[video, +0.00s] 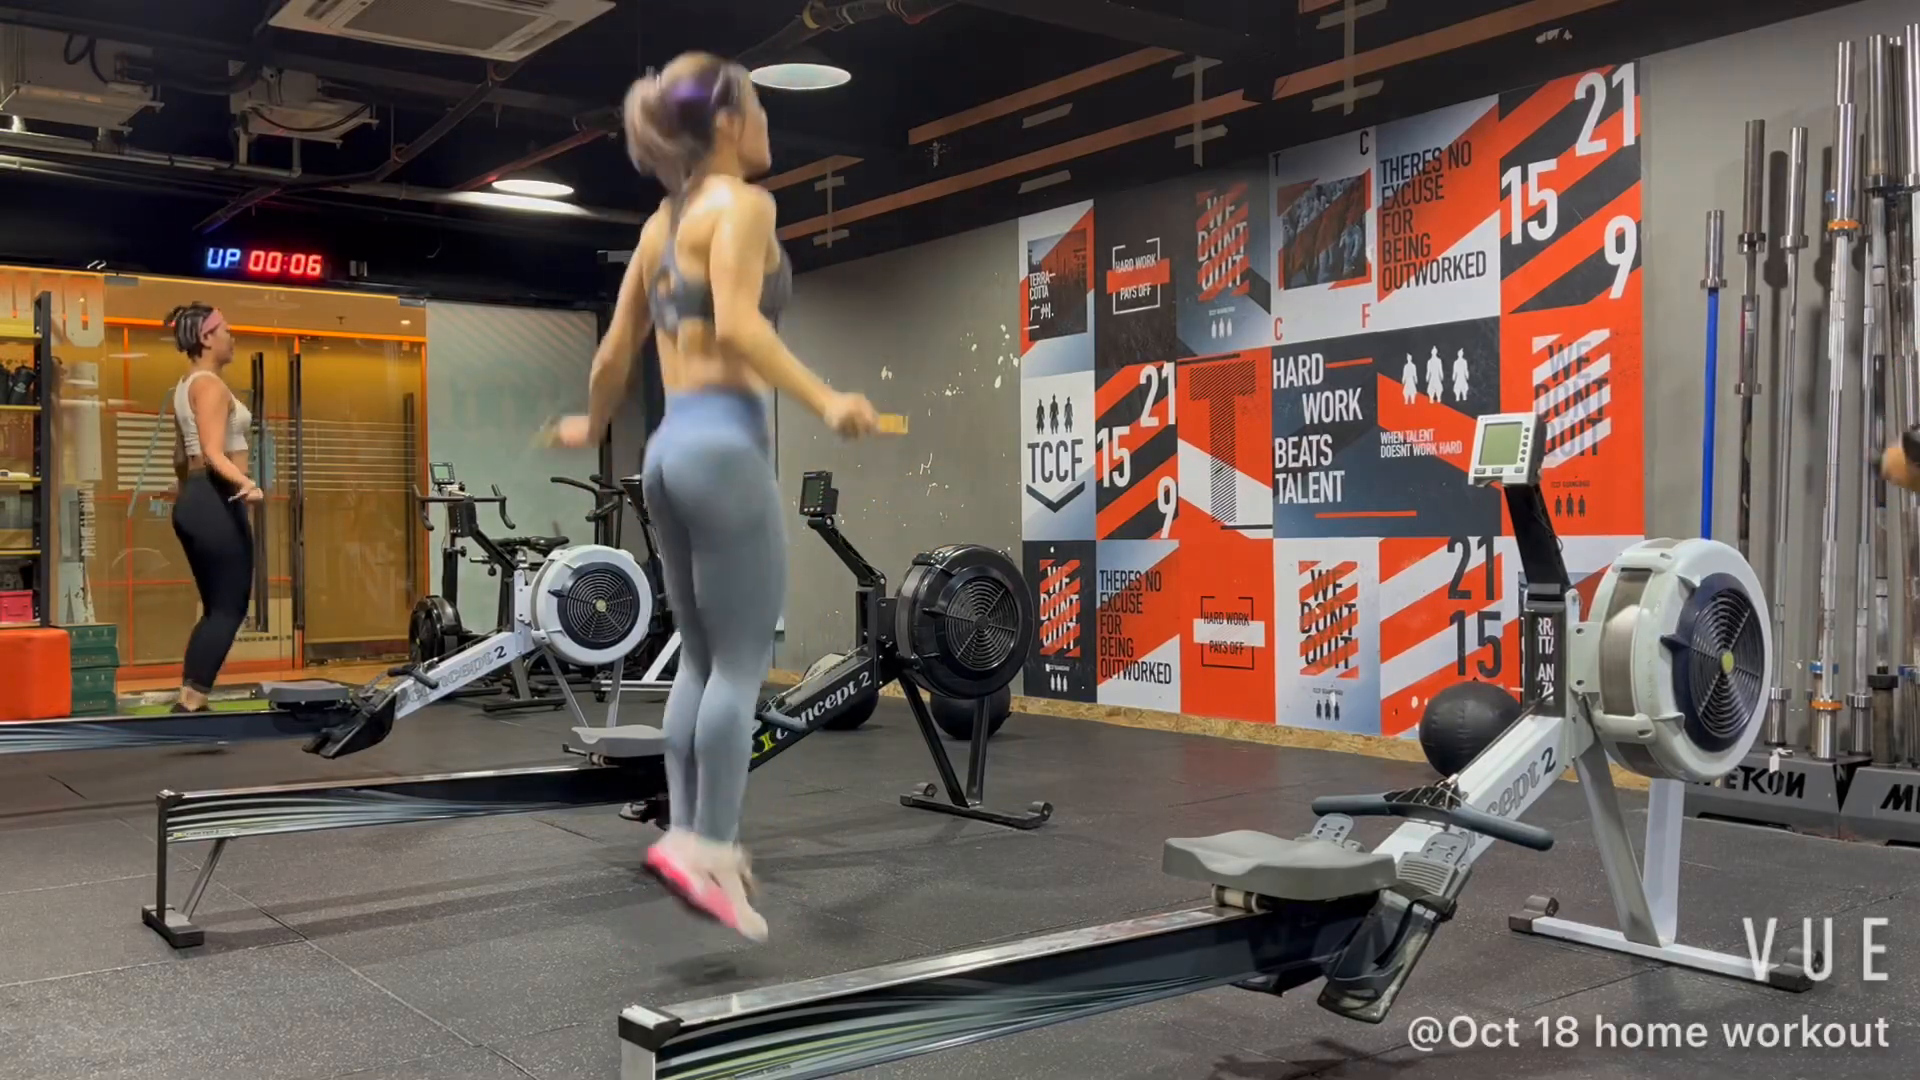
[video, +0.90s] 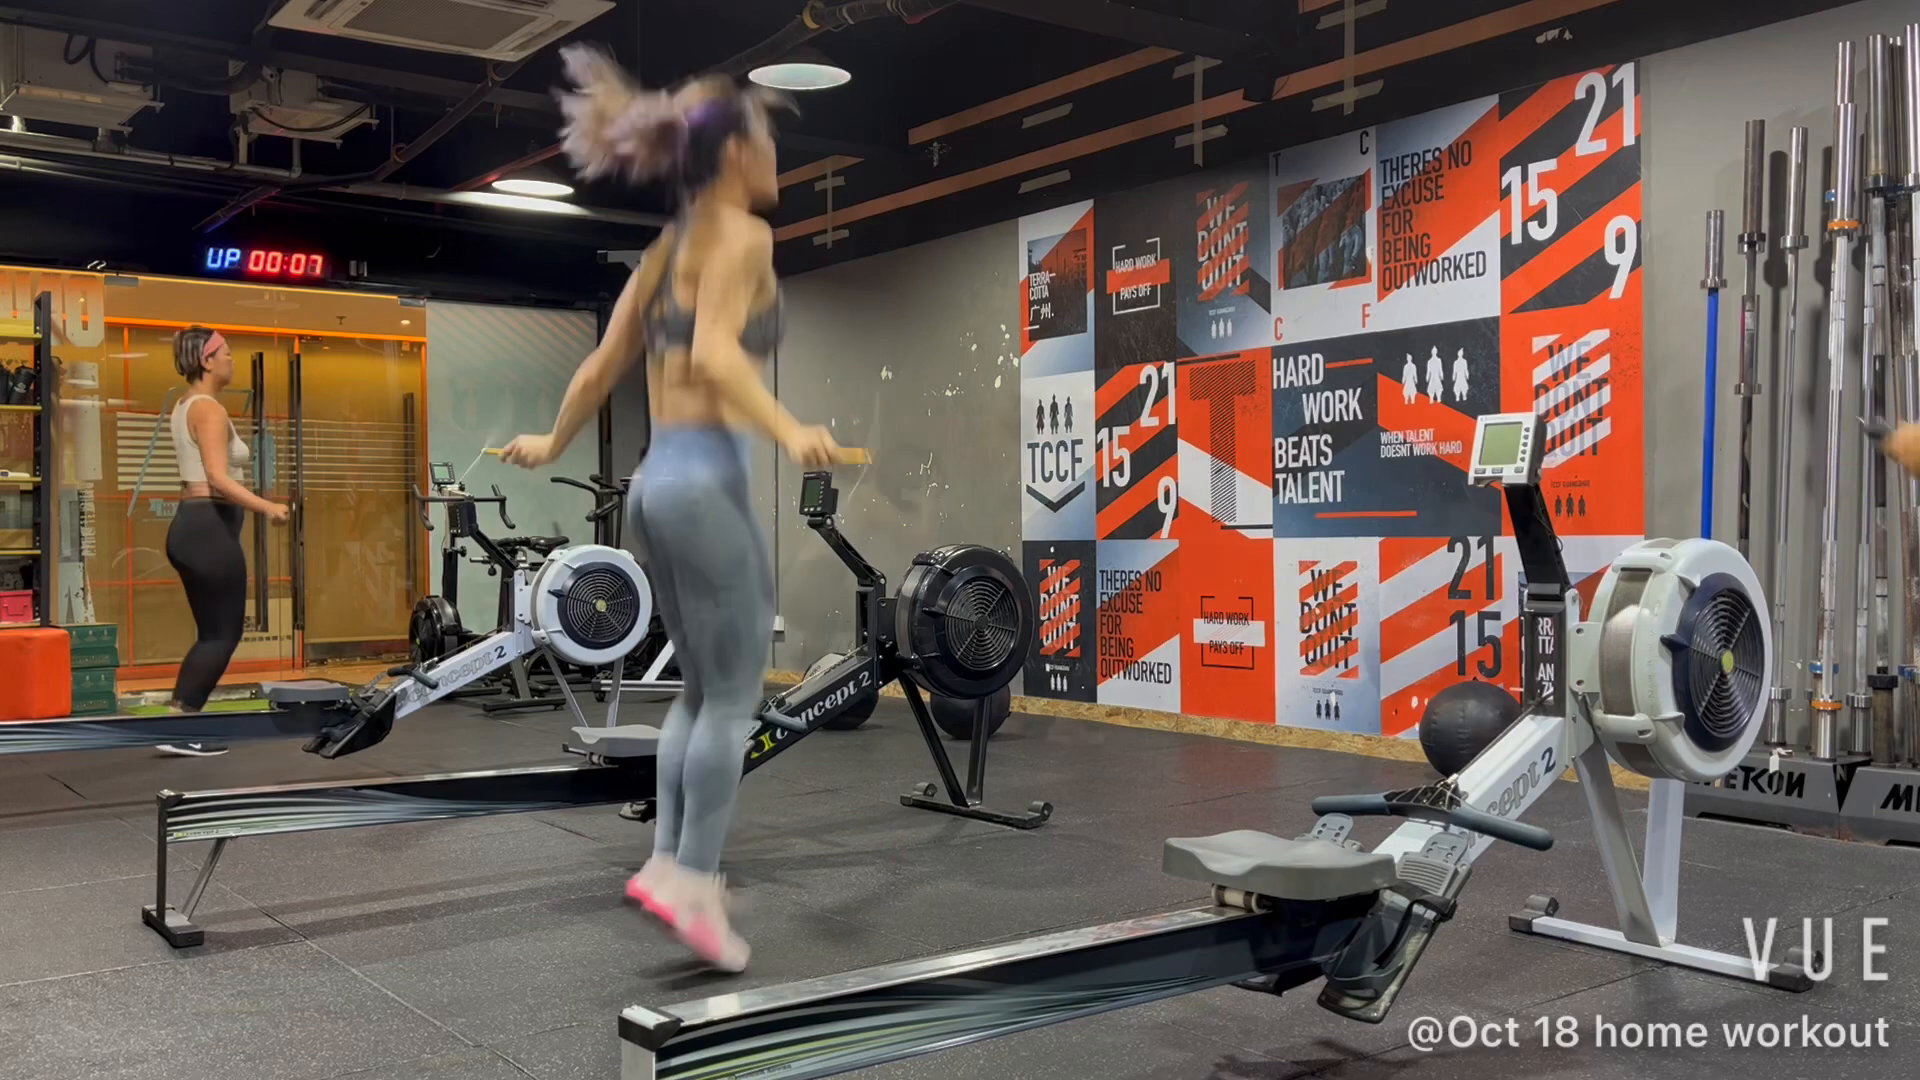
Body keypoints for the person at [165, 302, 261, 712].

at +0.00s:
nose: (232, 337)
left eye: (228, 330)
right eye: (225, 331)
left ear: (200, 340)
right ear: (208, 339)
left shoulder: (186, 387)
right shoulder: (210, 385)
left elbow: (181, 461)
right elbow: (212, 454)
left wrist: (199, 495)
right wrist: (247, 483)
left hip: (194, 496)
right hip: (212, 495)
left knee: (218, 606)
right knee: (230, 604)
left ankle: (191, 697)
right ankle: (193, 699)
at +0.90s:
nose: (232, 361)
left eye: (228, 353)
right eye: (226, 355)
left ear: (200, 362)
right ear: (207, 361)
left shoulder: (185, 406)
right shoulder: (208, 409)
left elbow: (208, 477)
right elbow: (217, 479)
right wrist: (266, 505)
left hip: (191, 526)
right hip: (208, 528)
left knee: (213, 632)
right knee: (225, 633)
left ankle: (180, 716)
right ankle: (183, 718)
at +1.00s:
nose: (229, 339)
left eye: (224, 331)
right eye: (223, 332)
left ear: (197, 343)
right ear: (207, 340)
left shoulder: (184, 388)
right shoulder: (208, 388)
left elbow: (199, 455)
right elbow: (217, 455)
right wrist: (246, 496)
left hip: (192, 504)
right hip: (210, 504)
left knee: (206, 610)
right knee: (216, 610)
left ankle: (189, 706)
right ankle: (192, 708)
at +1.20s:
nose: (230, 351)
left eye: (226, 342)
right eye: (225, 342)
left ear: (200, 348)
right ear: (209, 347)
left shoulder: (187, 397)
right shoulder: (208, 396)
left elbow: (200, 469)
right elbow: (213, 469)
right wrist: (261, 493)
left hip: (189, 521)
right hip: (210, 522)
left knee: (209, 625)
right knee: (221, 626)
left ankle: (181, 720)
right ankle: (184, 723)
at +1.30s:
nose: (232, 359)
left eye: (229, 350)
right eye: (226, 350)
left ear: (202, 354)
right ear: (210, 354)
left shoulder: (188, 403)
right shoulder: (210, 405)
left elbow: (200, 478)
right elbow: (219, 476)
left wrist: (243, 505)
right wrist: (262, 513)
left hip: (190, 527)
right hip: (210, 528)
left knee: (208, 632)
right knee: (220, 633)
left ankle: (179, 719)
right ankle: (182, 721)